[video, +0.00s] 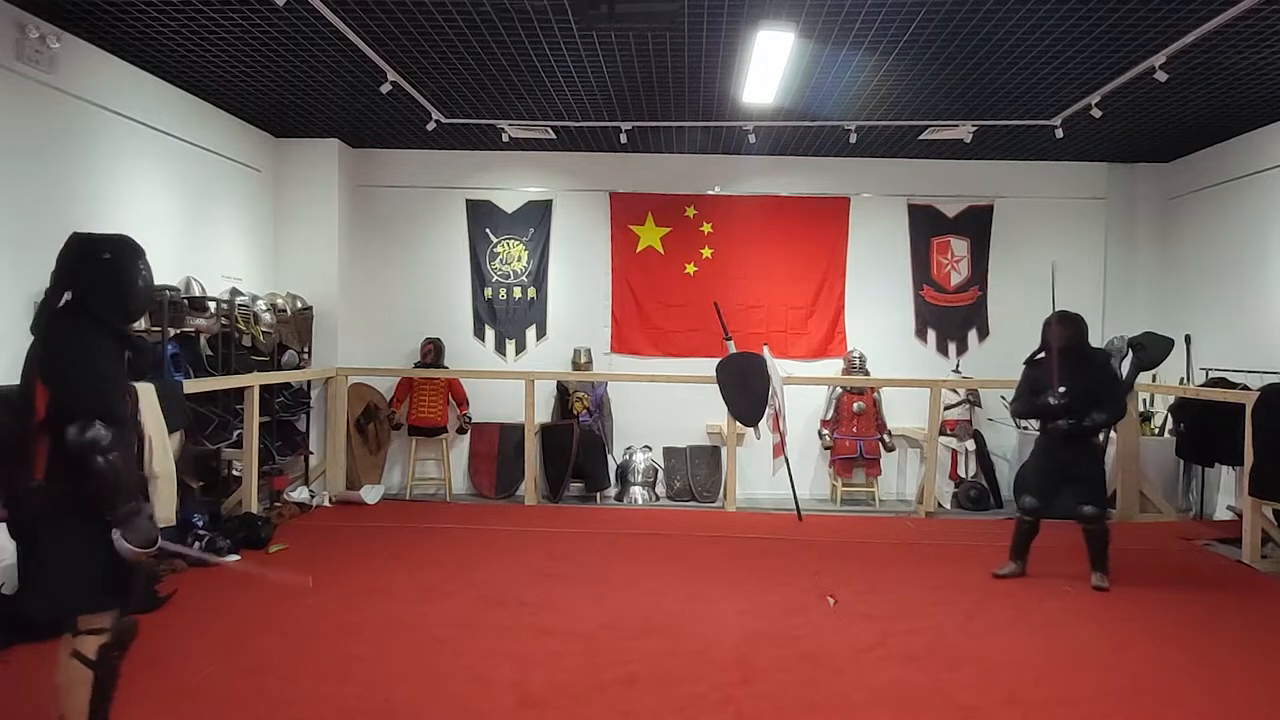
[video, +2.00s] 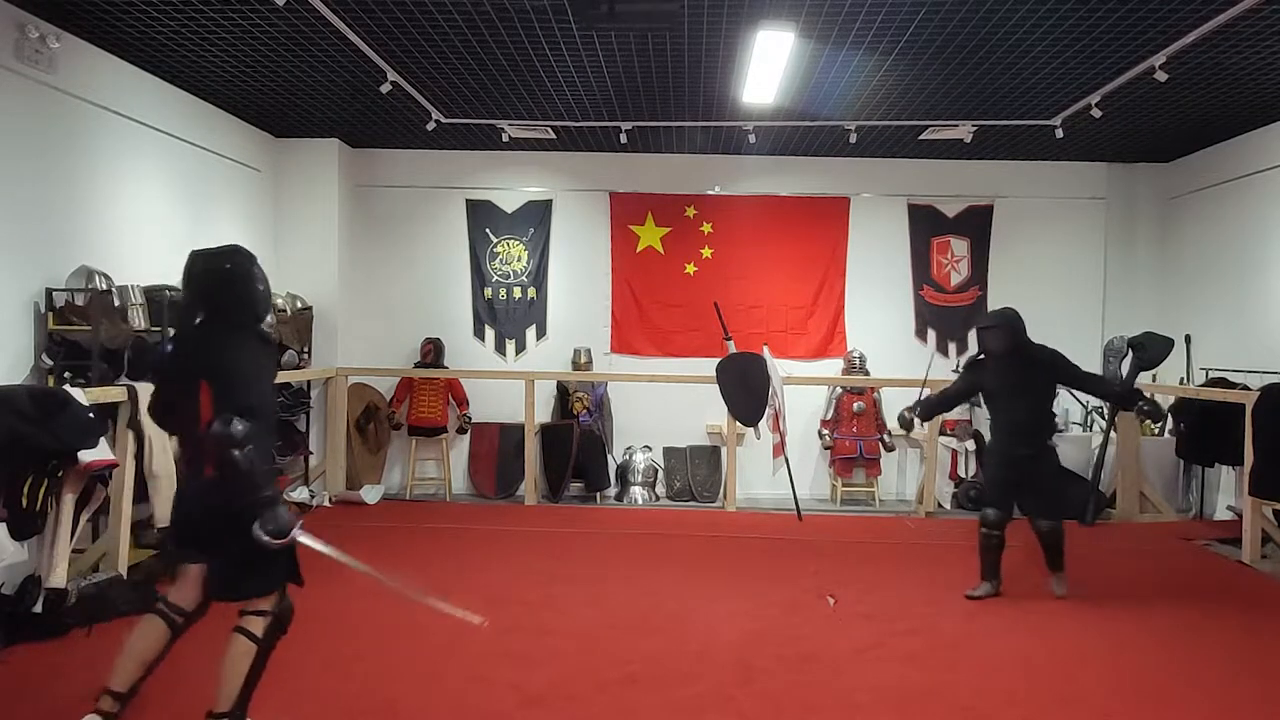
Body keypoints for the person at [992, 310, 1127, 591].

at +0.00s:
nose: (1059, 350)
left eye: (1065, 343)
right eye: (1053, 343)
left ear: (1079, 339)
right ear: (1046, 340)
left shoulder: (1098, 362)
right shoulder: (1037, 366)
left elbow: (1117, 406)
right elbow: (1018, 408)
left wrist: (1085, 424)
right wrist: (1044, 404)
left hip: (1086, 447)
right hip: (1048, 444)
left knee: (1090, 508)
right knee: (1029, 501)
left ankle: (1098, 571)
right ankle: (1017, 561)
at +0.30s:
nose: (1018, 350)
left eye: (1024, 345)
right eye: (1014, 344)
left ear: (1040, 339)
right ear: (1010, 340)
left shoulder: (1064, 360)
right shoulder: (1007, 366)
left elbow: (1083, 405)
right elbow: (990, 411)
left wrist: (1054, 423)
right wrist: (1013, 406)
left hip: (1061, 443)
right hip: (1025, 443)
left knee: (1078, 506)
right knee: (1015, 503)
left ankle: (1092, 567)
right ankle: (1014, 562)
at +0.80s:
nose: (1014, 335)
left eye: (1021, 329)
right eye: (1010, 330)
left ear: (1036, 331)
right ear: (1005, 334)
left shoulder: (1059, 359)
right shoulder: (1001, 367)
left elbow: (1090, 399)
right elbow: (984, 403)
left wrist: (1090, 433)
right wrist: (980, 435)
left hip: (1057, 443)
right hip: (1019, 444)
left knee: (1072, 507)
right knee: (1011, 505)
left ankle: (1091, 569)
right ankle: (1015, 563)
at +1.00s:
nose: (1031, 335)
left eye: (1038, 328)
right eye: (1026, 329)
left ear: (1052, 331)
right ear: (1020, 333)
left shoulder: (1075, 359)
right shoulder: (1014, 368)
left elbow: (1112, 391)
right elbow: (1000, 410)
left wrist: (1124, 421)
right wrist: (996, 445)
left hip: (1067, 446)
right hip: (1029, 445)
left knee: (1076, 512)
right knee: (1016, 505)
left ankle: (1088, 574)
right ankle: (1016, 562)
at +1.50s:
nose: (1039, 343)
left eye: (1045, 336)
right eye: (1034, 337)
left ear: (1060, 336)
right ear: (1029, 340)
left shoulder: (1089, 361)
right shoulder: (1028, 373)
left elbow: (1130, 387)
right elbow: (1008, 410)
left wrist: (1164, 411)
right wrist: (983, 404)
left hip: (1083, 451)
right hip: (1043, 449)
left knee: (1084, 517)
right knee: (1018, 507)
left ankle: (1090, 577)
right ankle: (1004, 569)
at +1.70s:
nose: (1016, 347)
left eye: (1021, 341)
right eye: (1014, 342)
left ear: (1041, 339)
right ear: (1014, 343)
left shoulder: (1071, 362)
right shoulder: (1009, 370)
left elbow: (1117, 380)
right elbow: (973, 395)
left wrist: (1157, 392)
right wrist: (947, 380)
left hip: (1068, 457)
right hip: (1028, 458)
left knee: (1081, 522)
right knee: (1009, 517)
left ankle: (1089, 577)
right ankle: (994, 577)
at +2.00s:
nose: (990, 342)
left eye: (996, 335)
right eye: (986, 336)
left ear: (1013, 335)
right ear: (983, 338)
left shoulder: (1043, 360)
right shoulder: (981, 370)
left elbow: (1087, 382)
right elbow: (948, 397)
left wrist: (1135, 399)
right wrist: (917, 411)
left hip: (1038, 453)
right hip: (1000, 455)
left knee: (1047, 522)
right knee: (991, 518)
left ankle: (1057, 574)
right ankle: (990, 581)